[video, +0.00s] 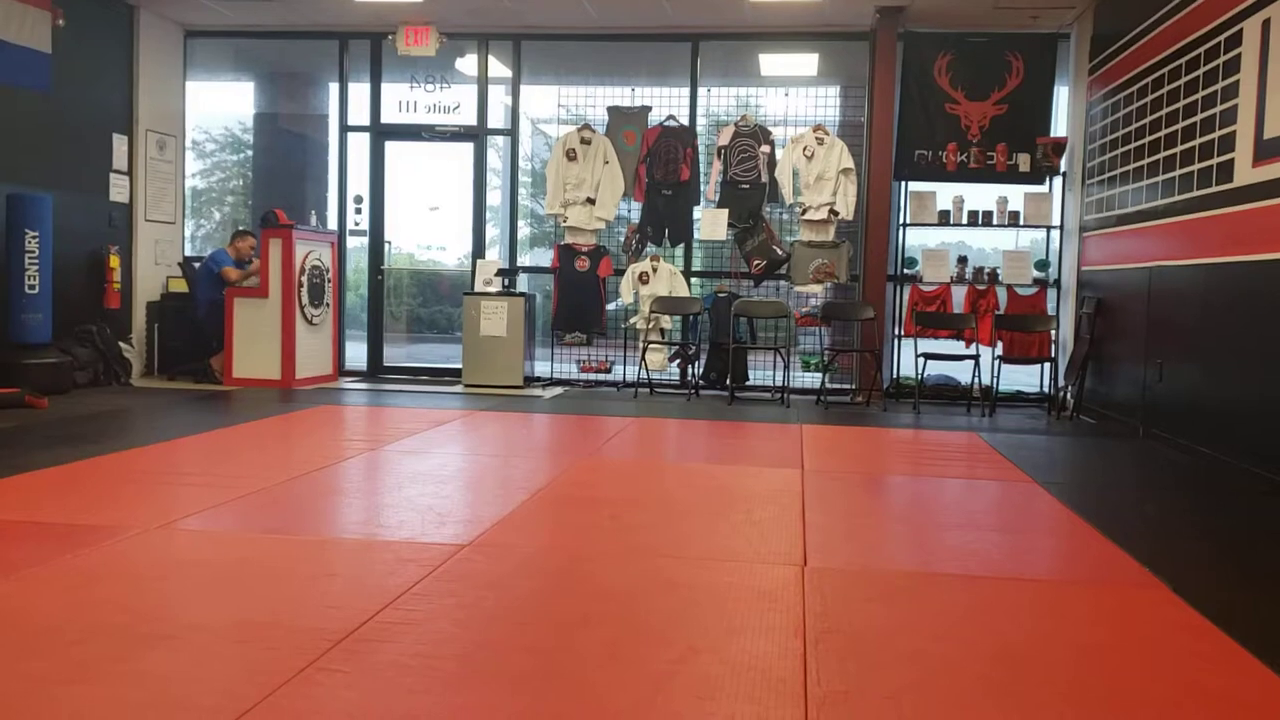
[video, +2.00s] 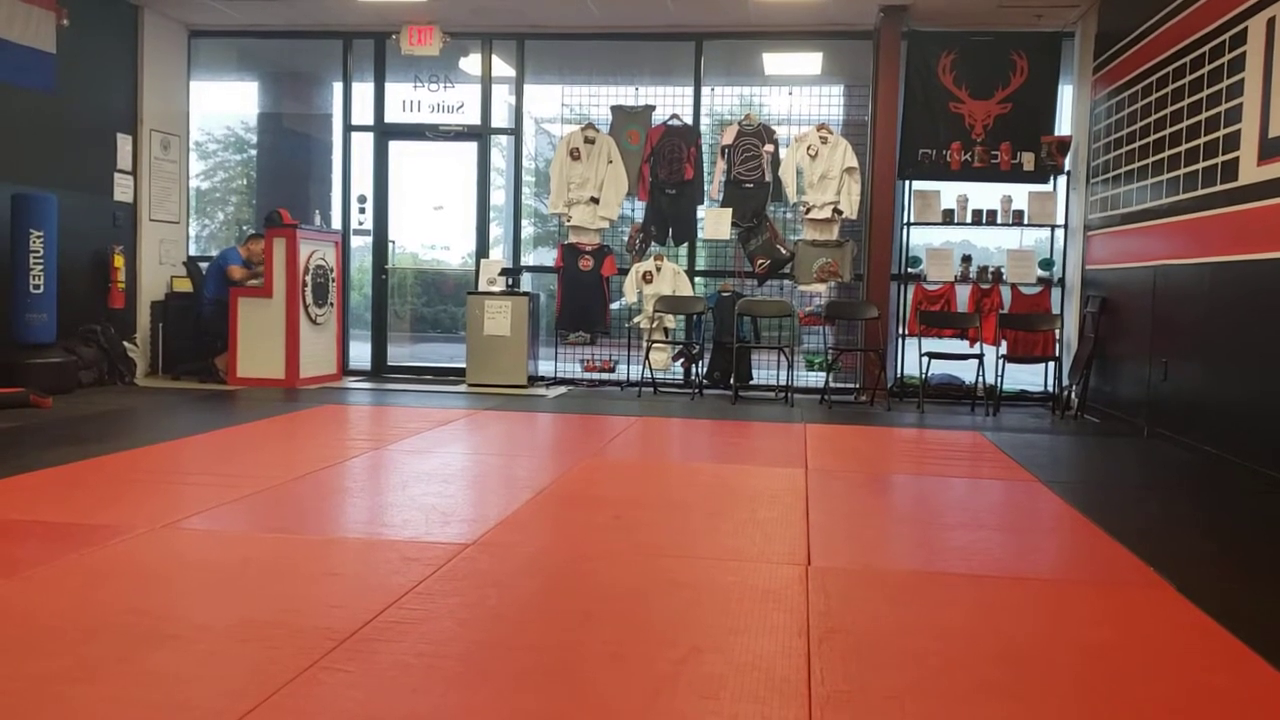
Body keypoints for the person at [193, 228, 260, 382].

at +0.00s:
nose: (252, 253)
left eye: (254, 250)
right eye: (251, 248)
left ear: (238, 244)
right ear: (238, 243)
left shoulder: (237, 261)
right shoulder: (219, 255)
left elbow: (256, 268)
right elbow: (232, 277)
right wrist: (253, 270)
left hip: (223, 307)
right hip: (207, 308)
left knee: (250, 327)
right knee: (244, 330)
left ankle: (220, 363)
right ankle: (217, 362)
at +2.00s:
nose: (262, 256)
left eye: (264, 252)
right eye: (261, 251)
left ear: (252, 246)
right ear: (250, 245)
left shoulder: (244, 261)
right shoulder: (231, 254)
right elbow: (236, 275)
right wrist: (256, 273)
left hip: (227, 306)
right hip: (213, 307)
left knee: (254, 329)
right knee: (249, 332)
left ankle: (224, 363)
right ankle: (221, 362)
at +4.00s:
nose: (262, 254)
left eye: (263, 250)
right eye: (260, 249)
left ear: (247, 246)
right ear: (247, 245)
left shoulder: (245, 263)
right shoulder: (229, 256)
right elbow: (235, 279)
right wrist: (257, 278)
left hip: (230, 308)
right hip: (215, 309)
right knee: (253, 332)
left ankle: (226, 363)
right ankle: (223, 362)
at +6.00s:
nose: (261, 254)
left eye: (262, 250)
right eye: (260, 249)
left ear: (248, 245)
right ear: (247, 244)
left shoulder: (246, 264)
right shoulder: (228, 255)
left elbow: (252, 284)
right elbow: (235, 280)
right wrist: (258, 278)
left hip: (230, 308)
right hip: (213, 309)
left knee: (259, 327)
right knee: (253, 330)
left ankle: (227, 363)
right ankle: (224, 362)